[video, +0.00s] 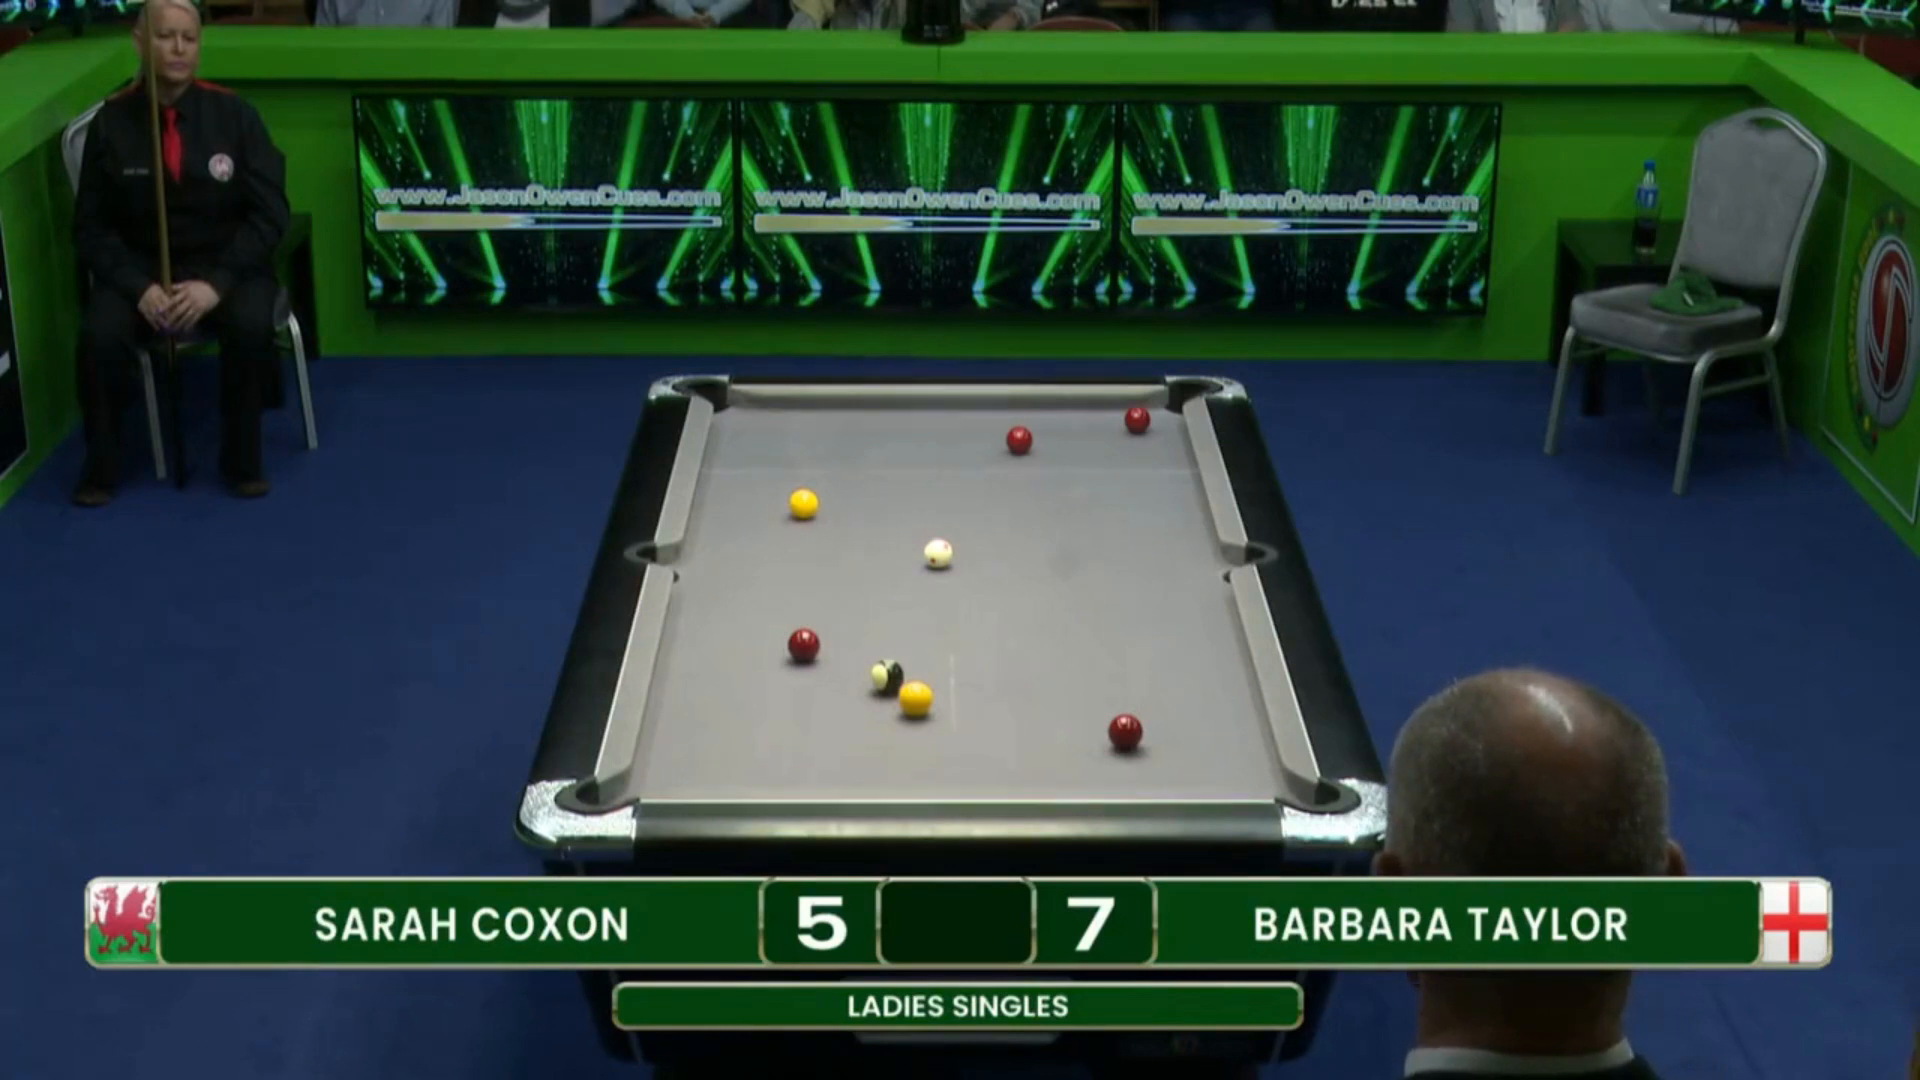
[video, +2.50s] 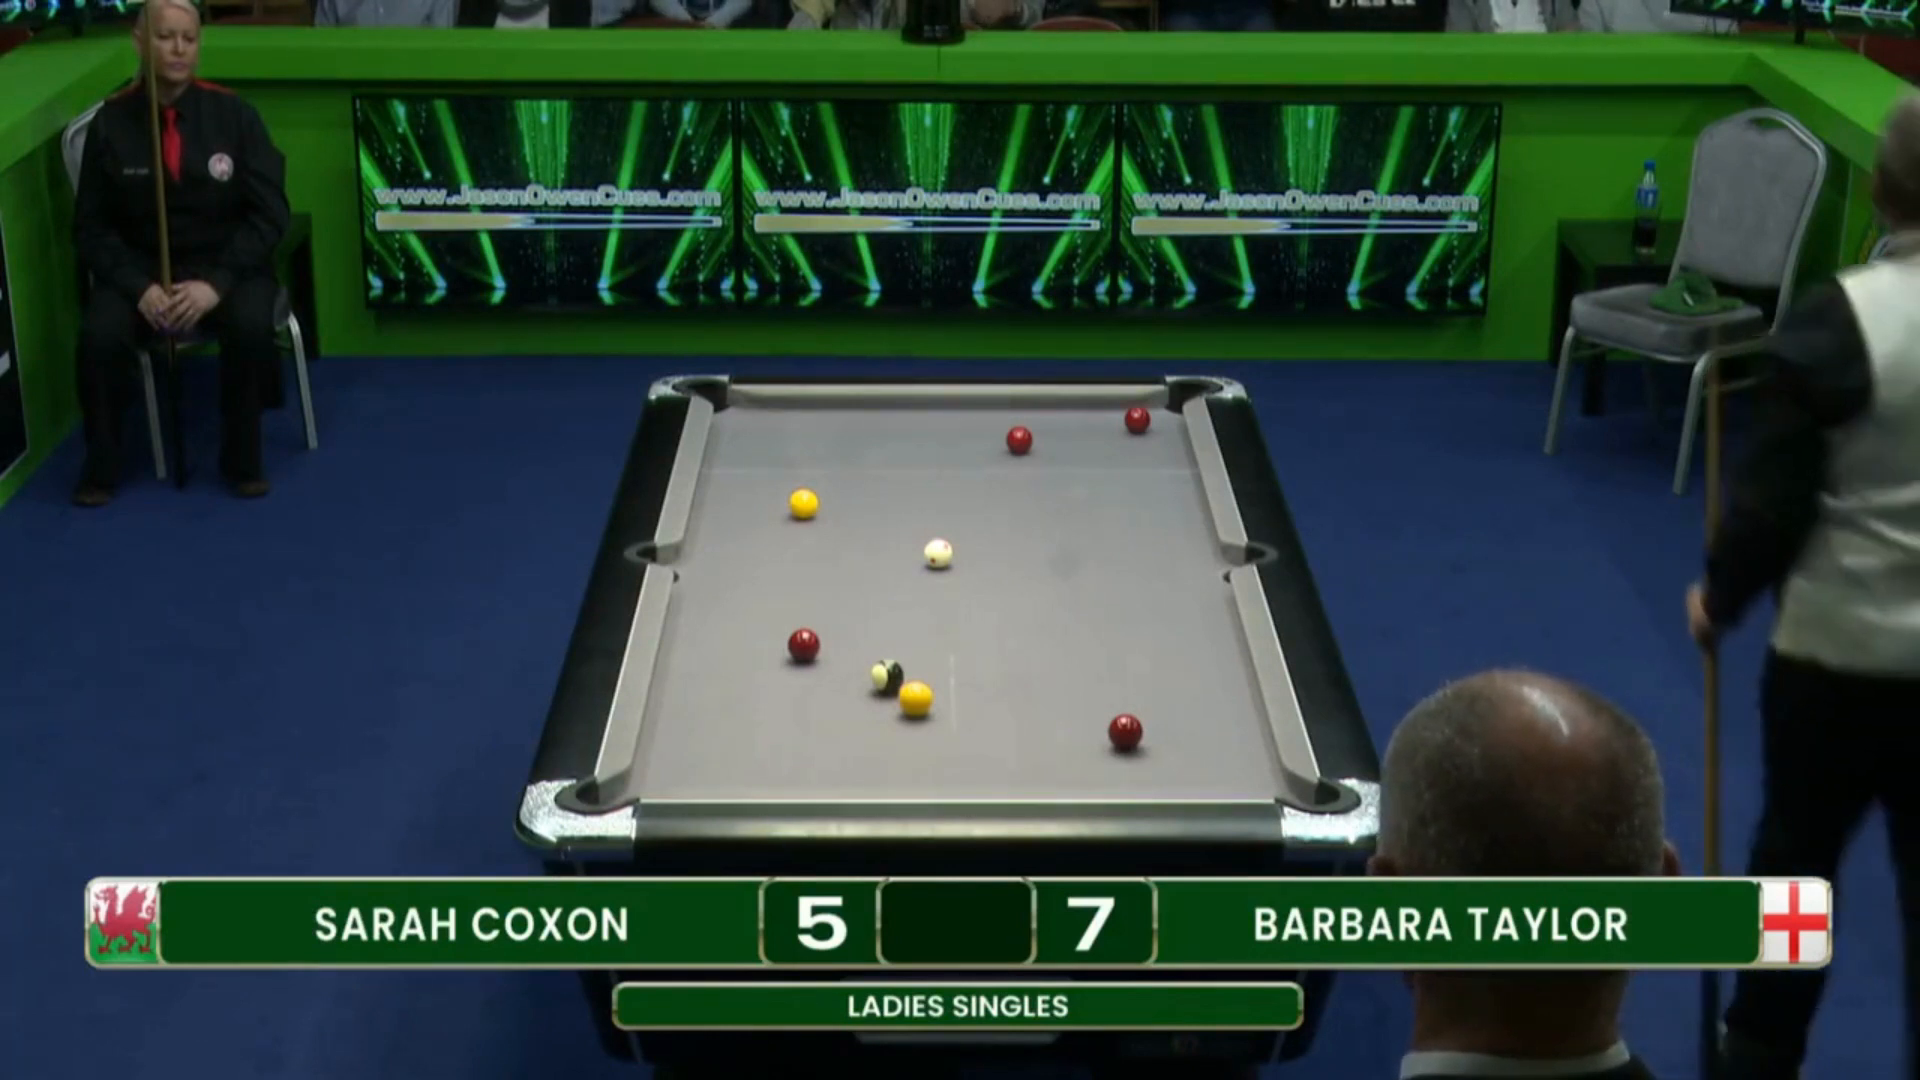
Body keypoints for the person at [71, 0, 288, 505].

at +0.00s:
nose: (179, 48)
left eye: (189, 38)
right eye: (165, 36)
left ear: (200, 44)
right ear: (141, 41)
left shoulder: (234, 115)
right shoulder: (112, 121)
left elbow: (269, 215)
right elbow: (90, 226)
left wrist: (214, 284)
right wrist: (140, 287)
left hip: (221, 267)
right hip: (139, 273)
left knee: (248, 328)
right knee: (101, 335)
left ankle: (243, 463)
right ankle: (101, 469)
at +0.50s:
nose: (179, 48)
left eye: (189, 38)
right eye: (165, 37)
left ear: (199, 44)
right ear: (140, 41)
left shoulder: (234, 115)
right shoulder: (112, 121)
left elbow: (269, 215)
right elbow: (91, 226)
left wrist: (214, 284)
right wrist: (140, 287)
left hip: (221, 268)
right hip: (139, 274)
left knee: (248, 328)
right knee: (101, 336)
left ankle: (243, 463)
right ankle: (101, 469)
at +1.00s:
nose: (179, 49)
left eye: (189, 38)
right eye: (165, 37)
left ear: (199, 44)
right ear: (140, 41)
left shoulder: (234, 115)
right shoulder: (111, 121)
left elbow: (269, 215)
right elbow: (91, 226)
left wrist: (214, 284)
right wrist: (140, 287)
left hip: (221, 268)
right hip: (139, 274)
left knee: (248, 328)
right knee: (101, 336)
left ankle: (243, 463)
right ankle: (101, 469)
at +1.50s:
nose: (179, 49)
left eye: (189, 38)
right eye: (165, 37)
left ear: (199, 44)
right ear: (141, 42)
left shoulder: (234, 116)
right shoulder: (111, 121)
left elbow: (269, 215)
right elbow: (90, 226)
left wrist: (214, 284)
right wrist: (140, 287)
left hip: (221, 268)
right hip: (138, 274)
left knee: (248, 328)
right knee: (101, 336)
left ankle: (243, 463)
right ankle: (101, 469)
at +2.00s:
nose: (179, 49)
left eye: (189, 38)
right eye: (165, 37)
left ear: (199, 44)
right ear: (140, 42)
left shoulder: (234, 116)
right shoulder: (111, 122)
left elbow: (269, 215)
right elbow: (90, 226)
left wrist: (214, 284)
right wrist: (140, 287)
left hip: (221, 267)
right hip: (138, 274)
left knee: (248, 328)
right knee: (101, 336)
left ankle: (243, 463)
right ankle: (101, 469)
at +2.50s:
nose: (179, 49)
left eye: (189, 38)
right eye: (165, 37)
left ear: (199, 44)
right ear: (140, 41)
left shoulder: (234, 115)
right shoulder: (111, 121)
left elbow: (269, 215)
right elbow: (90, 226)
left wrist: (214, 284)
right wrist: (140, 287)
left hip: (221, 268)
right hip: (138, 274)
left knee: (248, 328)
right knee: (101, 336)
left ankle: (243, 463)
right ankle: (101, 469)